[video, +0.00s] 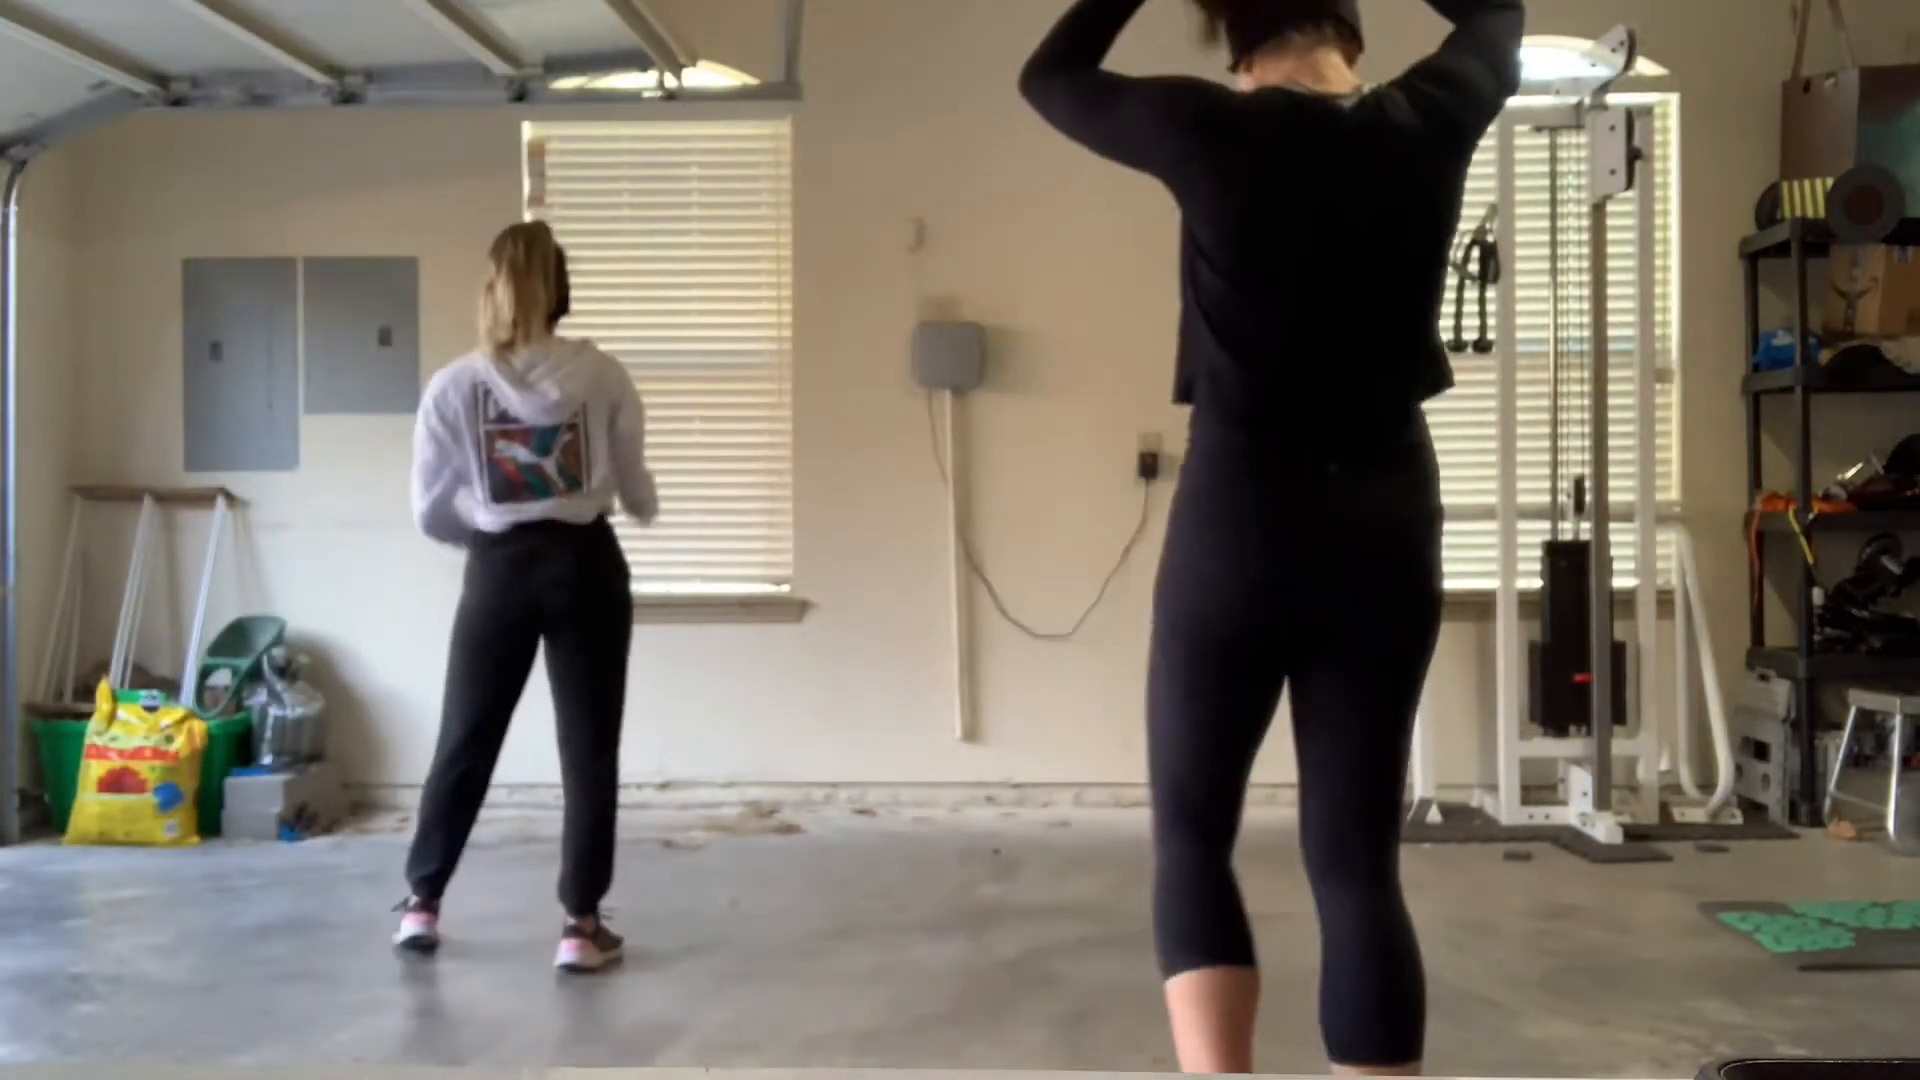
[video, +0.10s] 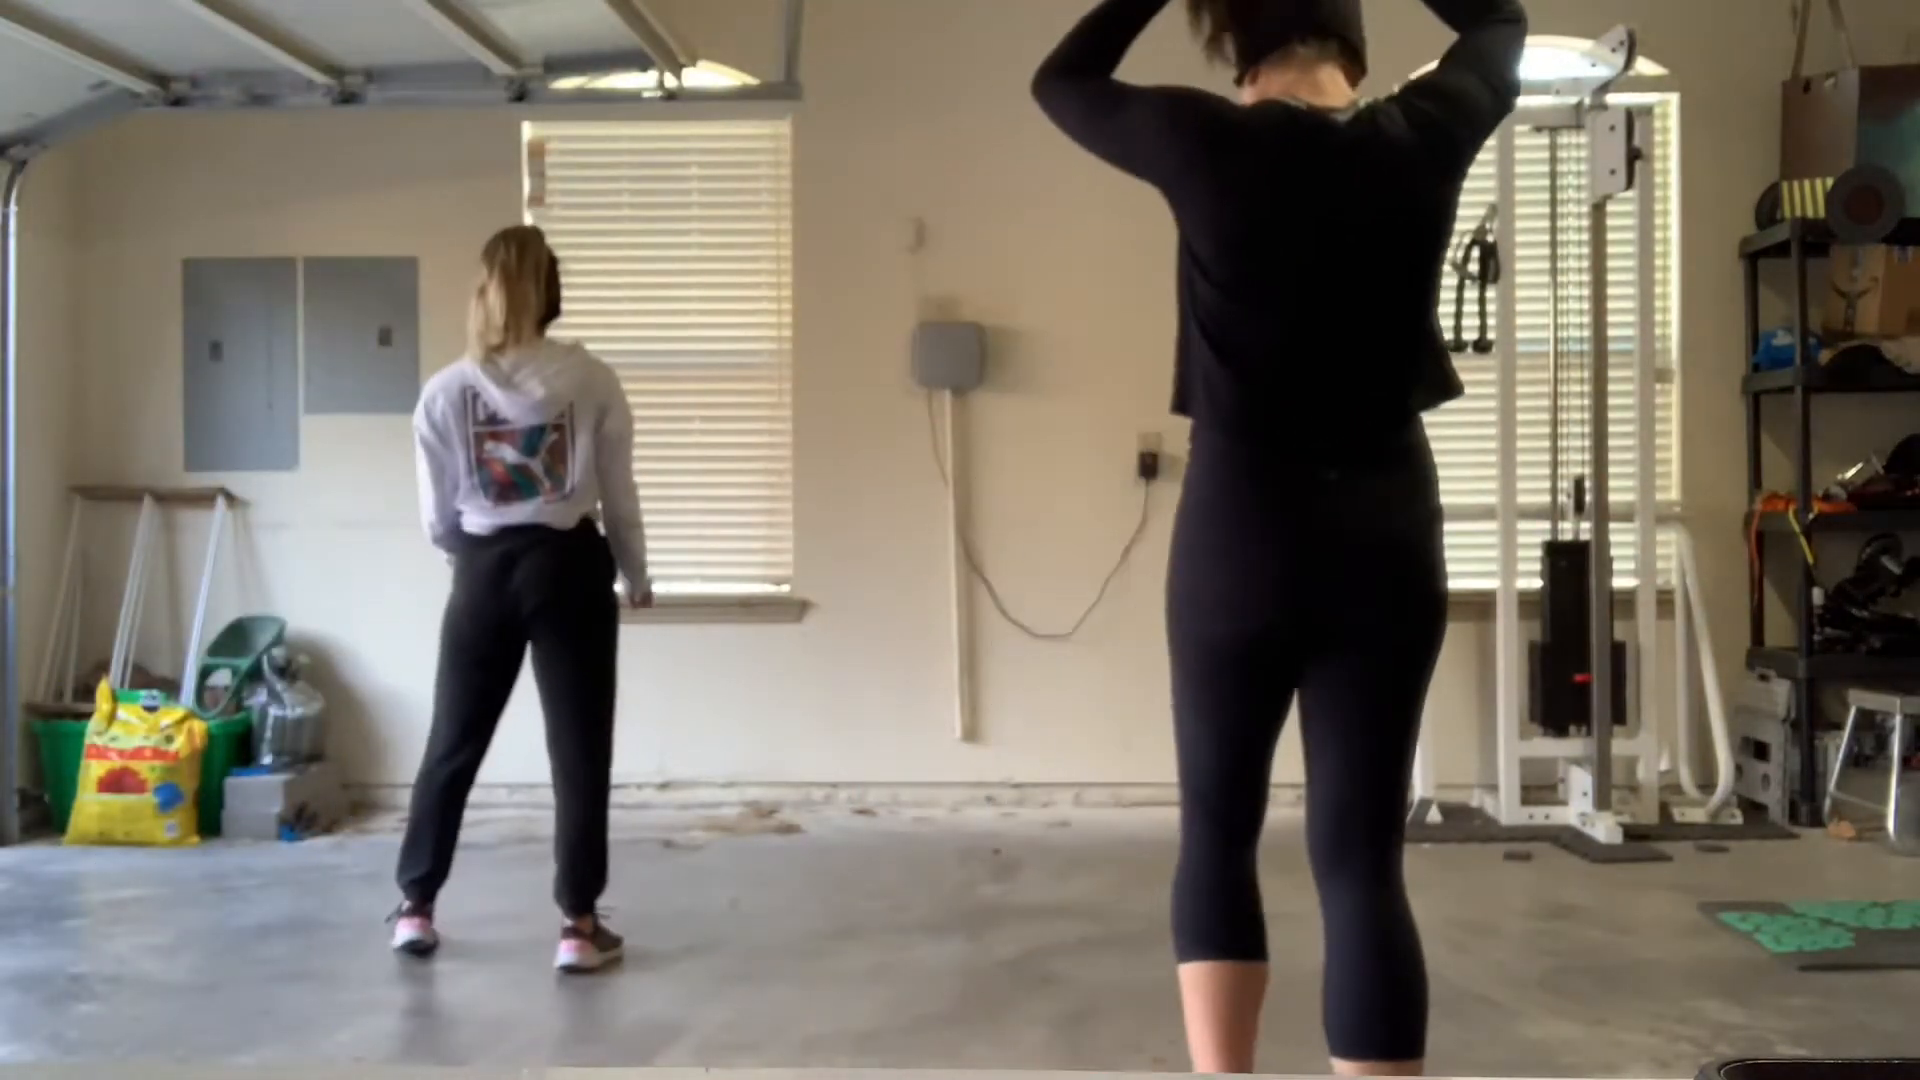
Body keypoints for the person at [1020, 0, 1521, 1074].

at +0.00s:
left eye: (1228, 34)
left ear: (1228, 32)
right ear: (1347, 27)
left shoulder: (1205, 129)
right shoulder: (1427, 124)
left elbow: (1051, 76)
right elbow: (1493, 16)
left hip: (1236, 529)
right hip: (1388, 534)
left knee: (1192, 835)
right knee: (1358, 858)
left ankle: (1217, 1076)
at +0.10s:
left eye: (1234, 50)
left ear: (1234, 52)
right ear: (1355, 47)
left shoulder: (1203, 142)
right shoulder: (1421, 142)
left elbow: (1063, 80)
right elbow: (1495, 27)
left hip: (1237, 541)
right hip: (1389, 543)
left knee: (1216, 833)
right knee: (1362, 859)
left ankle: (1222, 1074)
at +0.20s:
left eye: (1234, 54)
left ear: (1226, 60)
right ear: (1345, 53)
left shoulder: (1190, 157)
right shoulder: (1405, 146)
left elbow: (1064, 93)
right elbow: (1501, 27)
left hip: (1235, 536)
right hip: (1384, 537)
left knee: (1214, 827)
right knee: (1362, 851)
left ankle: (1195, 1072)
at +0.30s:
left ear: (1217, 77)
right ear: (1331, 70)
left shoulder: (1177, 176)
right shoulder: (1384, 155)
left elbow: (1056, 120)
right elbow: (1492, 23)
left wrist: (1164, 18)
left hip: (1224, 540)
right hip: (1368, 539)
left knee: (1204, 824)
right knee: (1352, 846)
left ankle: (1155, 1068)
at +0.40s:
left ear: (1199, 94)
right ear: (1316, 84)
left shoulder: (1160, 201)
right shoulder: (1361, 175)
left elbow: (1054, 145)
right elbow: (1473, 31)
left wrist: (1158, 39)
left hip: (1207, 554)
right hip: (1345, 551)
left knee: (1186, 831)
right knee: (1339, 844)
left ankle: (1139, 1066)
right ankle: (1360, 1079)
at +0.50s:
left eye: (1188, 104)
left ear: (1176, 107)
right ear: (1288, 98)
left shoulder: (1139, 211)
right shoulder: (1332, 188)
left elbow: (1047, 151)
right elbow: (1446, 41)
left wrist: (1148, 53)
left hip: (1180, 551)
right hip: (1314, 547)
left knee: (1176, 822)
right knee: (1320, 829)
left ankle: (1141, 1064)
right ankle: (1354, 1073)